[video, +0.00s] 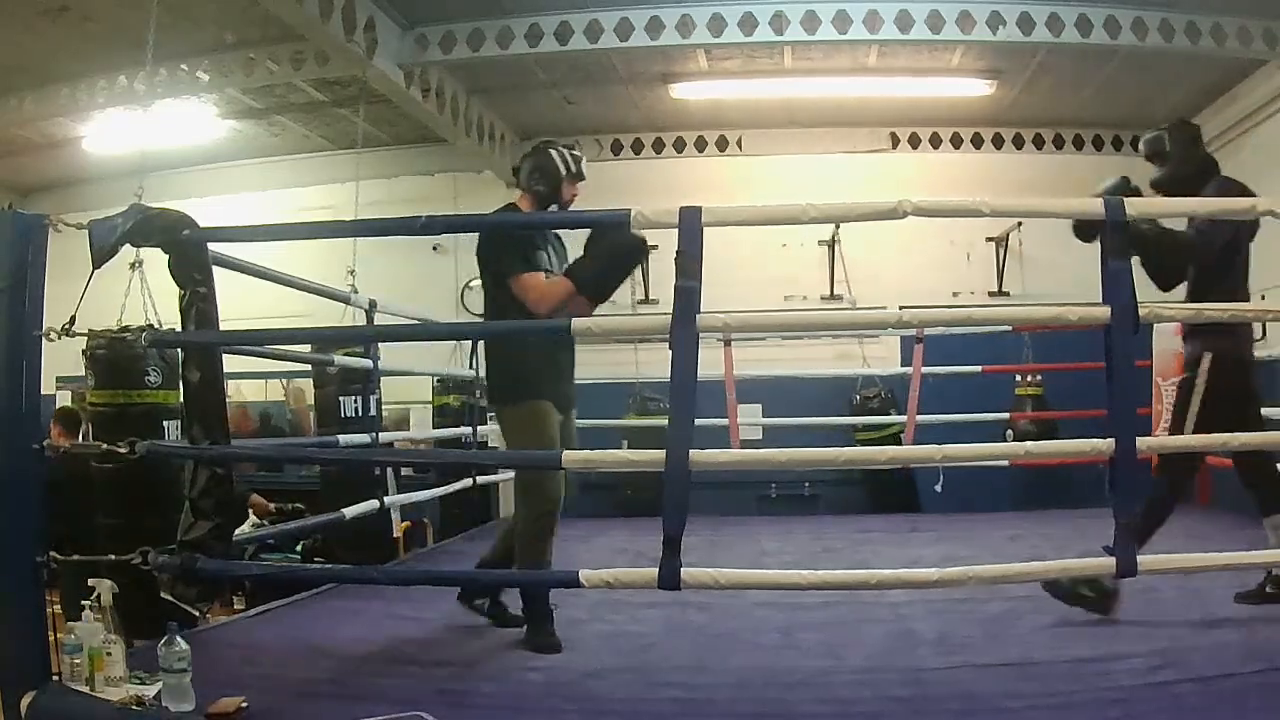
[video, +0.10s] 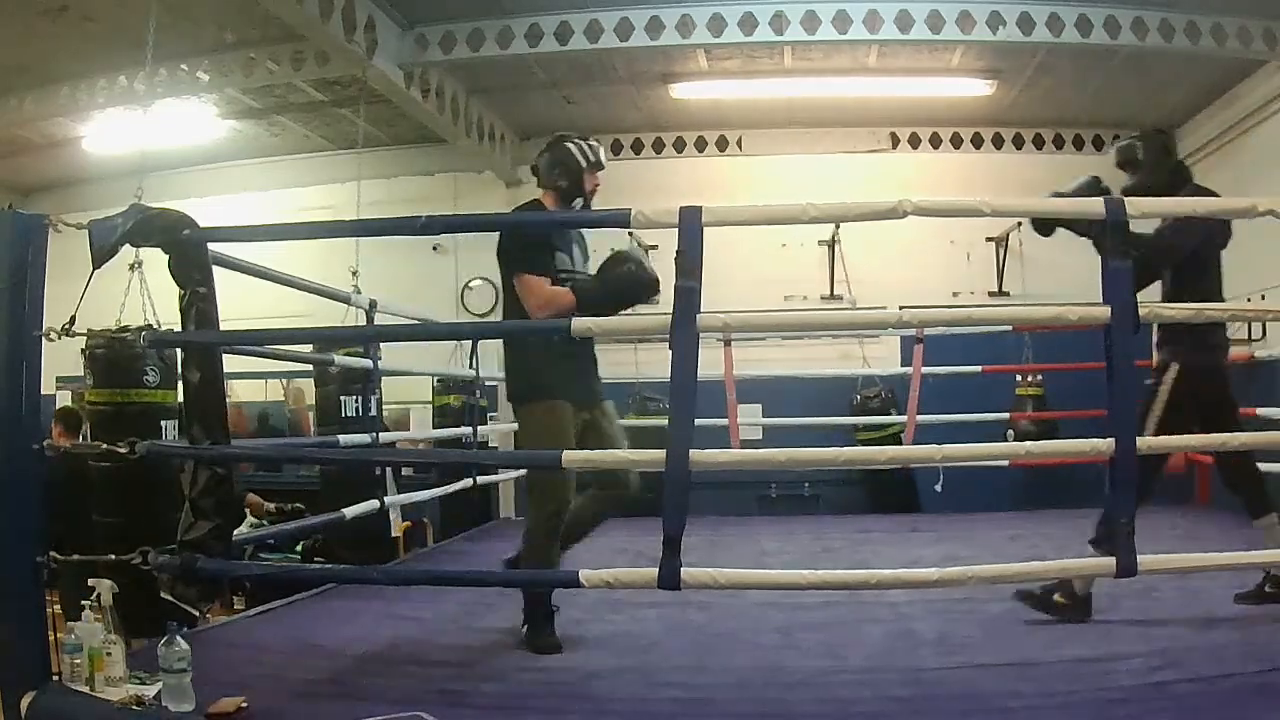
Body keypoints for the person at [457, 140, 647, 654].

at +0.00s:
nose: (579, 193)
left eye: (580, 183)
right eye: (576, 183)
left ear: (545, 181)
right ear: (554, 181)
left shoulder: (551, 234)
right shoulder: (504, 227)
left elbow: (574, 304)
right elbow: (538, 299)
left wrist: (616, 266)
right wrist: (593, 262)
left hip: (557, 387)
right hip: (523, 388)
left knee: (549, 496)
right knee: (541, 497)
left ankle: (482, 582)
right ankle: (538, 619)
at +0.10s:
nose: (600, 183)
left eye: (600, 173)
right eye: (595, 173)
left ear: (561, 176)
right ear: (570, 176)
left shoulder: (570, 228)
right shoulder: (527, 223)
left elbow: (570, 295)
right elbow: (539, 302)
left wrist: (616, 284)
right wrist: (605, 289)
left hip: (581, 383)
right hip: (542, 385)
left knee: (617, 483)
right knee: (551, 499)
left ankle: (530, 560)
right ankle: (539, 620)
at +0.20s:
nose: (625, 180)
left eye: (624, 170)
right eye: (620, 171)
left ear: (591, 173)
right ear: (597, 172)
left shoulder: (599, 225)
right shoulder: (550, 220)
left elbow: (608, 300)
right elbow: (563, 299)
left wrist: (648, 278)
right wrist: (631, 280)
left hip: (607, 382)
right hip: (562, 386)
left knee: (666, 462)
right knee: (560, 498)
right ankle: (538, 617)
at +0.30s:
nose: (651, 184)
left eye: (651, 177)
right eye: (646, 175)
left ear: (616, 173)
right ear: (620, 173)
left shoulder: (635, 227)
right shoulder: (577, 223)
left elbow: (650, 300)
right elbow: (606, 296)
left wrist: (697, 282)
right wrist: (655, 253)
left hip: (634, 384)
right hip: (583, 388)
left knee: (684, 479)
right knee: (568, 500)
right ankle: (540, 617)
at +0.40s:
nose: (693, 190)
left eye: (690, 182)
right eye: (684, 182)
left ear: (664, 191)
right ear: (655, 187)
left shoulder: (676, 244)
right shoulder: (609, 234)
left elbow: (727, 297)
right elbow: (641, 296)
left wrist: (764, 253)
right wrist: (684, 259)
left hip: (673, 403)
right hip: (610, 402)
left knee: (720, 491)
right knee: (583, 506)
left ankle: (743, 595)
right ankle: (542, 614)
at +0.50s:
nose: (723, 199)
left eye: (723, 191)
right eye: (714, 191)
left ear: (721, 193)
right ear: (683, 189)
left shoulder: (714, 249)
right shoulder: (640, 231)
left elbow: (784, 279)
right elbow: (658, 297)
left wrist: (828, 235)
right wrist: (702, 253)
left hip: (689, 395)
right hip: (628, 394)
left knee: (738, 486)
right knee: (601, 498)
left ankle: (745, 599)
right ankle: (549, 609)